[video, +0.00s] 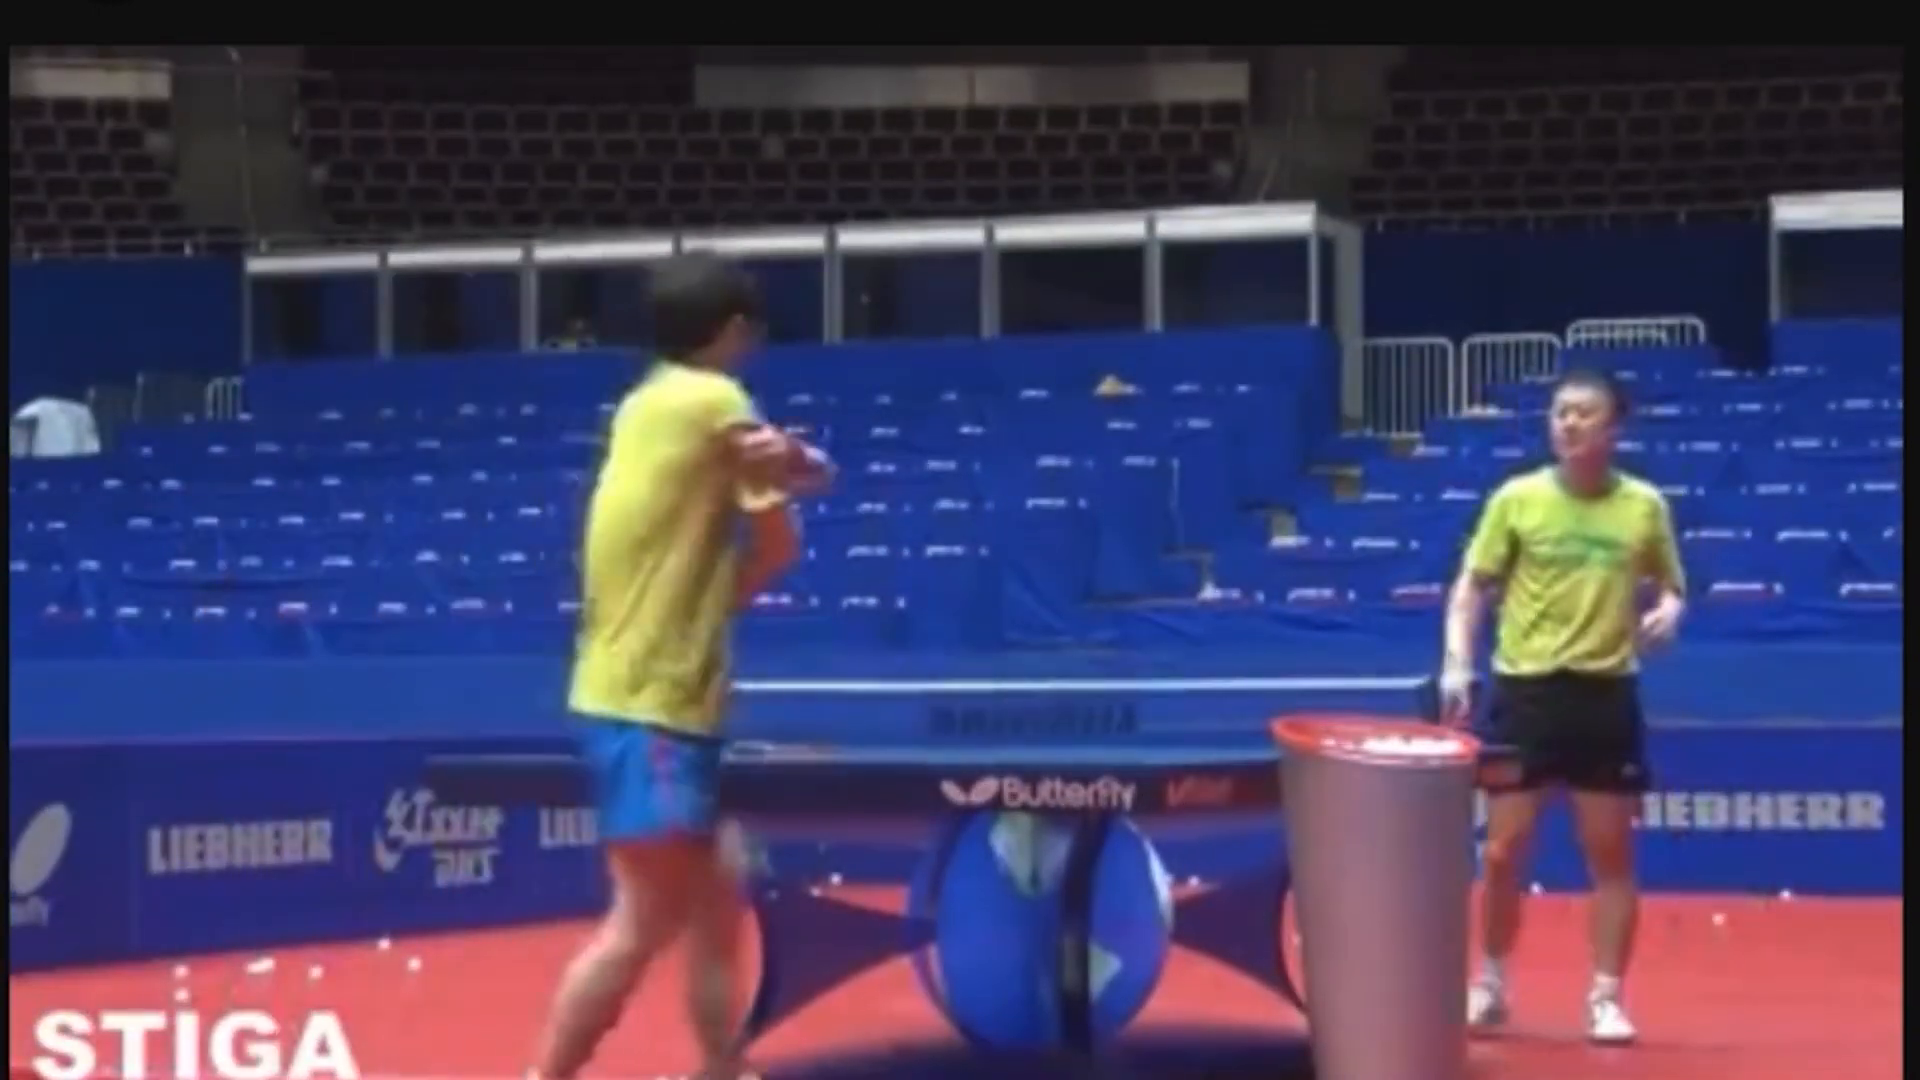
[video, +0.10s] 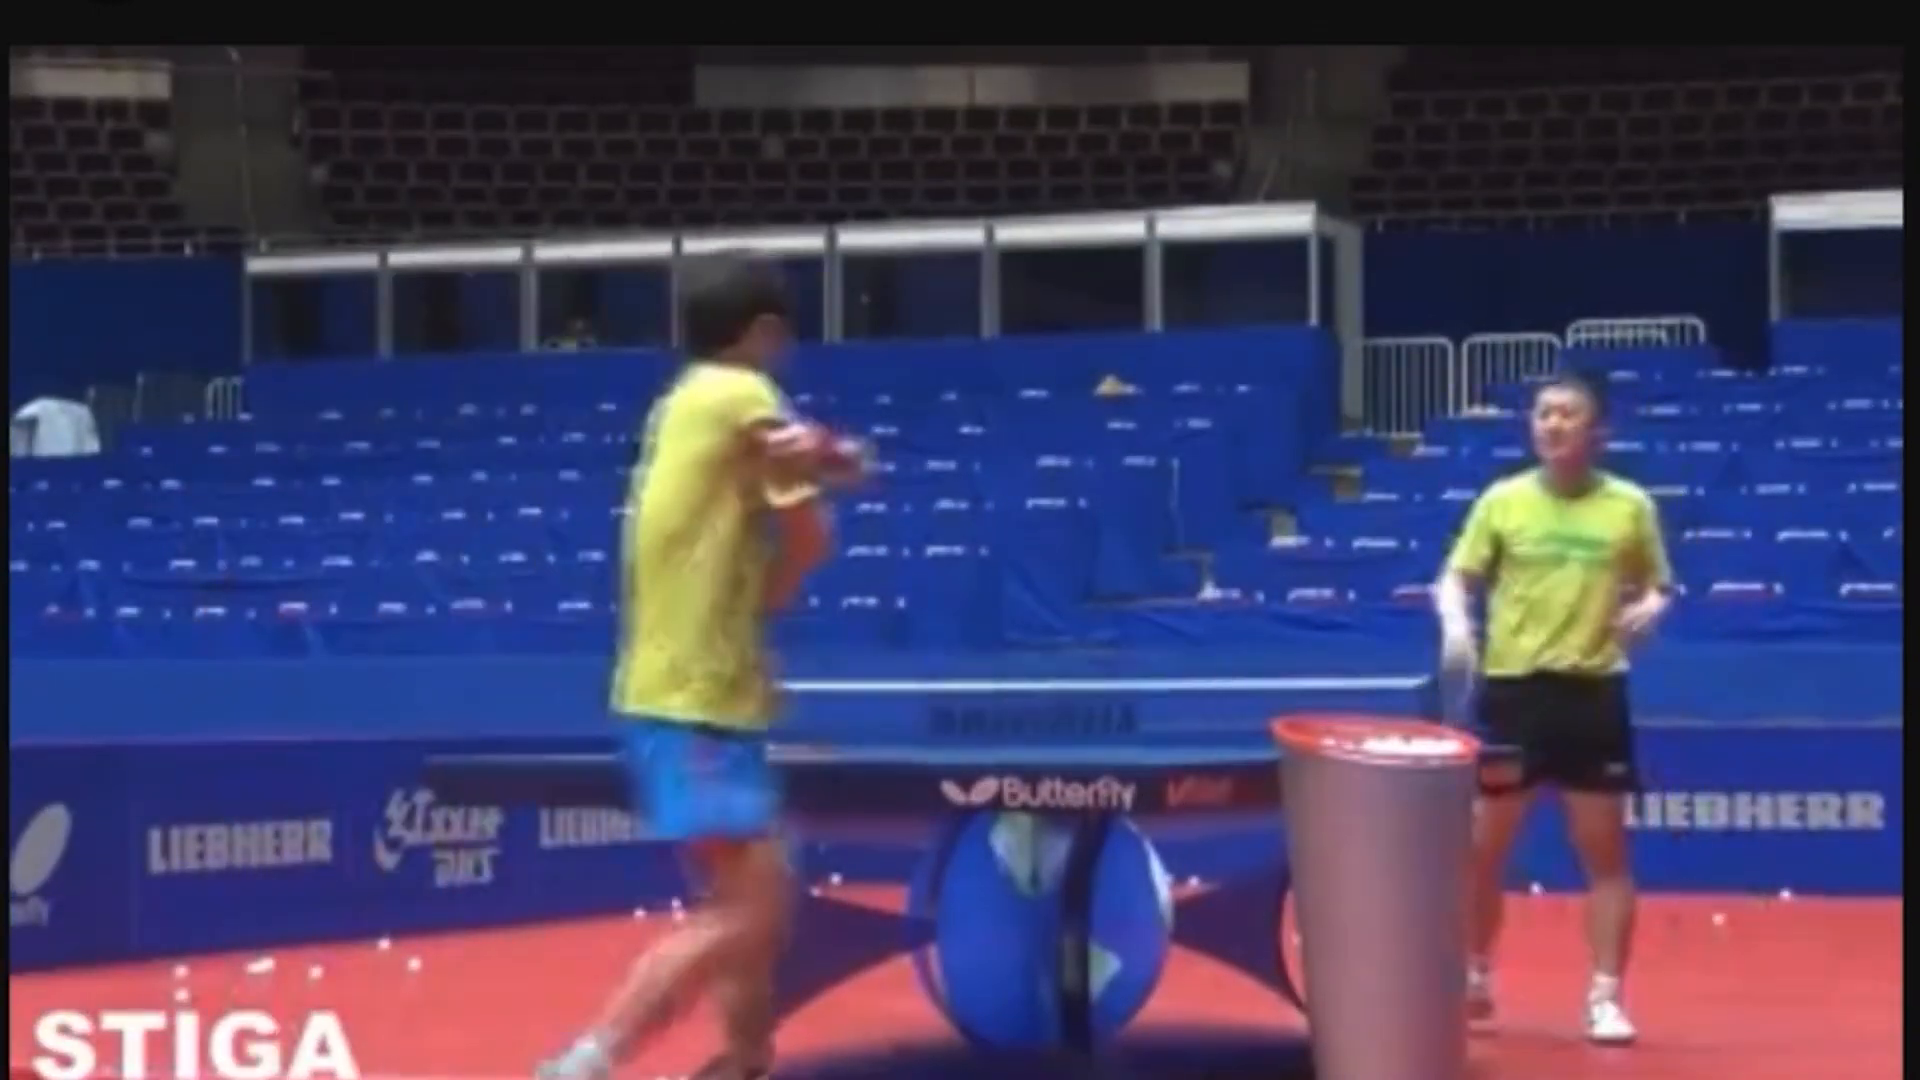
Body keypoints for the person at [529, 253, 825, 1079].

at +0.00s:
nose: (753, 338)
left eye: (749, 325)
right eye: (750, 325)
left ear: (671, 331)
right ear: (730, 328)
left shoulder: (650, 403)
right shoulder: (711, 401)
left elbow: (757, 546)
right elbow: (808, 479)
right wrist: (796, 458)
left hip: (644, 703)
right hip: (649, 709)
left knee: (713, 910)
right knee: (644, 918)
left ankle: (722, 1064)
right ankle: (547, 1068)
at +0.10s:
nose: (785, 342)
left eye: (781, 327)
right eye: (779, 327)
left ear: (708, 332)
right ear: (756, 329)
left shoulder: (698, 405)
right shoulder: (732, 392)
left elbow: (801, 551)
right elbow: (824, 463)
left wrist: (807, 477)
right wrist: (846, 452)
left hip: (703, 701)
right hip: (689, 703)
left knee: (752, 903)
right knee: (752, 901)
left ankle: (746, 1062)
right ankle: (588, 1058)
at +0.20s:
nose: (824, 347)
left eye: (824, 331)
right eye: (819, 330)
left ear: (753, 328)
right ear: (790, 326)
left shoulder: (740, 408)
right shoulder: (756, 392)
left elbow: (846, 543)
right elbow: (890, 463)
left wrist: (836, 464)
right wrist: (866, 444)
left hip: (726, 700)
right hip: (740, 703)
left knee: (780, 905)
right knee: (833, 892)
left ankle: (751, 1067)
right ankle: (689, 1050)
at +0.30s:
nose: (859, 345)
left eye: (860, 327)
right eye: (853, 326)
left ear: (795, 322)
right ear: (814, 317)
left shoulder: (757, 401)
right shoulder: (784, 389)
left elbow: (872, 540)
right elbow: (925, 459)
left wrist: (863, 458)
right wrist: (894, 436)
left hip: (747, 691)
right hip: (779, 692)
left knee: (798, 901)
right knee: (868, 883)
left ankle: (742, 1054)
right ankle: (767, 1054)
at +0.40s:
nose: (895, 348)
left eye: (896, 329)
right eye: (888, 327)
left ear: (832, 321)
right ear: (847, 316)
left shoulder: (792, 394)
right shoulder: (826, 396)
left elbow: (968, 470)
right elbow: (917, 512)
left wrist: (918, 436)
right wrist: (922, 572)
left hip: (777, 696)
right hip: (816, 702)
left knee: (816, 922)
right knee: (874, 913)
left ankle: (759, 1069)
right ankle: (904, 1069)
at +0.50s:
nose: (923, 351)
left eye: (925, 332)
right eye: (918, 331)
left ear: (866, 324)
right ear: (879, 320)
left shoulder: (817, 399)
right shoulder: (858, 405)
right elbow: (978, 497)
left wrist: (959, 457)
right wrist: (1009, 554)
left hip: (817, 702)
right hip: (858, 707)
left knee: (842, 929)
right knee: (906, 922)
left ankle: (771, 1068)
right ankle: (936, 1068)